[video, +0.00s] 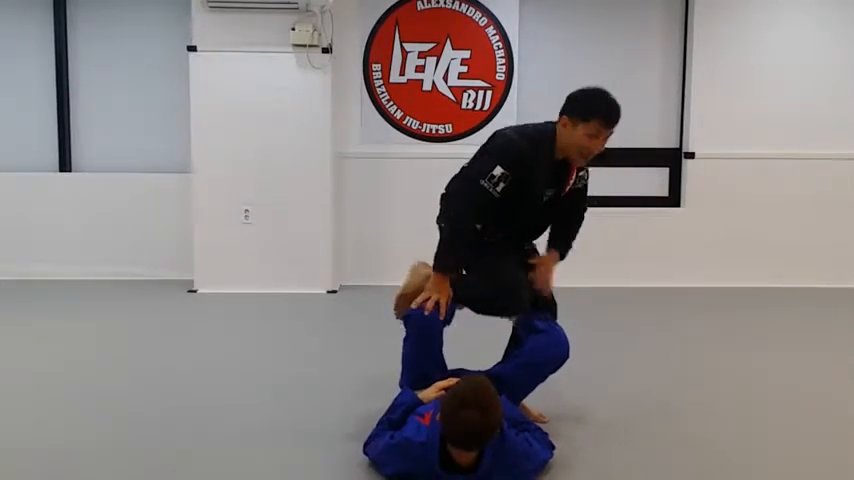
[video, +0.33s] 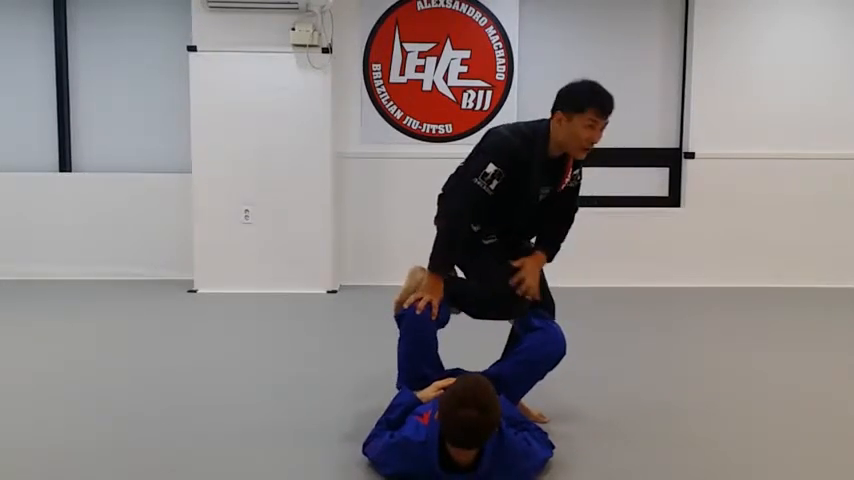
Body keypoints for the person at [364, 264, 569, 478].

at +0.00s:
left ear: (440, 417)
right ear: (499, 423)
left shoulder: (409, 451)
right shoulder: (516, 455)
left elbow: (375, 443)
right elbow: (539, 441)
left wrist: (416, 398)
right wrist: (513, 407)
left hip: (429, 394)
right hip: (498, 397)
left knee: (426, 318)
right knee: (554, 346)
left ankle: (422, 297)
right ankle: (539, 291)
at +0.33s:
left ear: (438, 417)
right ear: (496, 425)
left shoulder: (408, 450)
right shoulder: (515, 455)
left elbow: (374, 443)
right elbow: (540, 442)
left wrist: (414, 397)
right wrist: (518, 410)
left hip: (427, 393)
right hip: (498, 399)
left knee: (416, 318)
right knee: (552, 340)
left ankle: (432, 294)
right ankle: (524, 298)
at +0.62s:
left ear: (438, 421)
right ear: (498, 427)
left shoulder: (408, 451)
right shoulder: (517, 455)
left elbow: (374, 444)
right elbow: (540, 441)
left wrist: (414, 398)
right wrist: (511, 405)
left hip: (425, 392)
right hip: (493, 390)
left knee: (410, 319)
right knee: (546, 334)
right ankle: (511, 305)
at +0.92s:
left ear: (438, 421)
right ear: (498, 427)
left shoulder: (409, 451)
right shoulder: (517, 455)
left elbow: (374, 444)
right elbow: (540, 440)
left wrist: (413, 398)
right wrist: (506, 403)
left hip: (424, 392)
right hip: (494, 391)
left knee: (399, 323)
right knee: (544, 330)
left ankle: (431, 309)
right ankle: (508, 309)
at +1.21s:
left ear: (437, 425)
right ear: (498, 430)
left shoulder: (409, 452)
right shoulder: (517, 457)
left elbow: (373, 445)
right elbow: (540, 441)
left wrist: (411, 398)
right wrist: (506, 403)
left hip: (423, 394)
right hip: (492, 392)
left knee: (386, 319)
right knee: (543, 331)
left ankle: (413, 311)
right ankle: (491, 312)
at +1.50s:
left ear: (437, 426)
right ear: (496, 433)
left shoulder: (409, 453)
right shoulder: (518, 458)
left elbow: (372, 446)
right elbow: (541, 443)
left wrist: (410, 400)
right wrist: (501, 404)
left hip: (422, 396)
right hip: (491, 392)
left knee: (380, 321)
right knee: (541, 325)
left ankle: (415, 318)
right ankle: (497, 316)